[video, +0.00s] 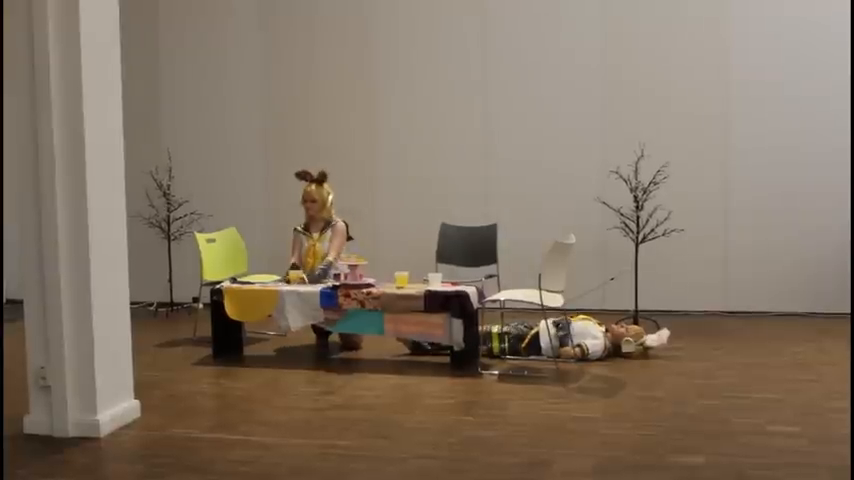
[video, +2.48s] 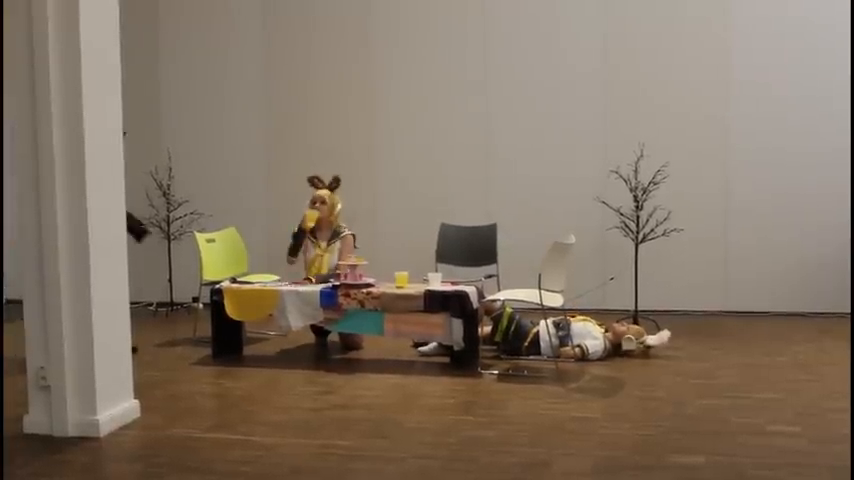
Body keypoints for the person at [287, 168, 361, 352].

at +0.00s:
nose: (307, 206)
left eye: (313, 202)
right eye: (305, 201)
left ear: (325, 203)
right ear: (301, 202)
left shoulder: (337, 227)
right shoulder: (301, 230)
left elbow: (333, 255)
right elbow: (295, 258)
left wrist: (317, 275)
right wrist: (292, 274)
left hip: (334, 285)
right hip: (308, 286)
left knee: (353, 342)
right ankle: (320, 336)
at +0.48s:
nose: (296, 215)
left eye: (301, 211)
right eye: (296, 210)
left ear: (315, 213)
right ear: (296, 211)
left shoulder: (334, 236)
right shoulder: (296, 240)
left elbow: (338, 270)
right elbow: (271, 261)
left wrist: (308, 279)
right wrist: (246, 273)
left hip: (338, 295)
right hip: (312, 298)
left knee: (354, 343)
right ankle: (321, 338)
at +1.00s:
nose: (313, 216)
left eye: (318, 211)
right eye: (309, 211)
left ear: (329, 212)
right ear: (305, 212)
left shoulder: (342, 235)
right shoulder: (299, 238)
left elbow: (340, 270)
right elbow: (291, 273)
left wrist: (310, 279)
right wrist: (283, 266)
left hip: (338, 293)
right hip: (310, 295)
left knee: (354, 343)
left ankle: (348, 333)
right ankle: (321, 338)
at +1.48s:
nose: (315, 212)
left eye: (321, 208)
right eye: (312, 207)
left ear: (332, 209)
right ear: (308, 207)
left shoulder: (343, 234)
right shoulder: (301, 234)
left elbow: (338, 269)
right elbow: (291, 270)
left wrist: (307, 279)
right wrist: (290, 278)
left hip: (337, 291)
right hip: (310, 293)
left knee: (353, 344)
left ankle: (347, 336)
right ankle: (319, 339)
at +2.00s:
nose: (306, 212)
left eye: (311, 208)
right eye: (303, 208)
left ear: (323, 208)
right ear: (300, 209)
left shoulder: (337, 230)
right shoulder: (303, 237)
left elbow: (340, 267)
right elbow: (298, 271)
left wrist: (316, 277)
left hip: (340, 288)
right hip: (314, 291)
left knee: (355, 343)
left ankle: (347, 332)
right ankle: (321, 337)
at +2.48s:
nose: (316, 206)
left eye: (322, 203)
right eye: (313, 202)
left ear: (333, 208)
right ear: (309, 205)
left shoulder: (345, 235)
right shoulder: (306, 231)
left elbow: (342, 272)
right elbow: (291, 260)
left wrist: (315, 279)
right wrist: (302, 229)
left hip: (339, 292)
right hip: (312, 293)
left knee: (354, 343)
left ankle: (345, 334)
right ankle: (320, 338)